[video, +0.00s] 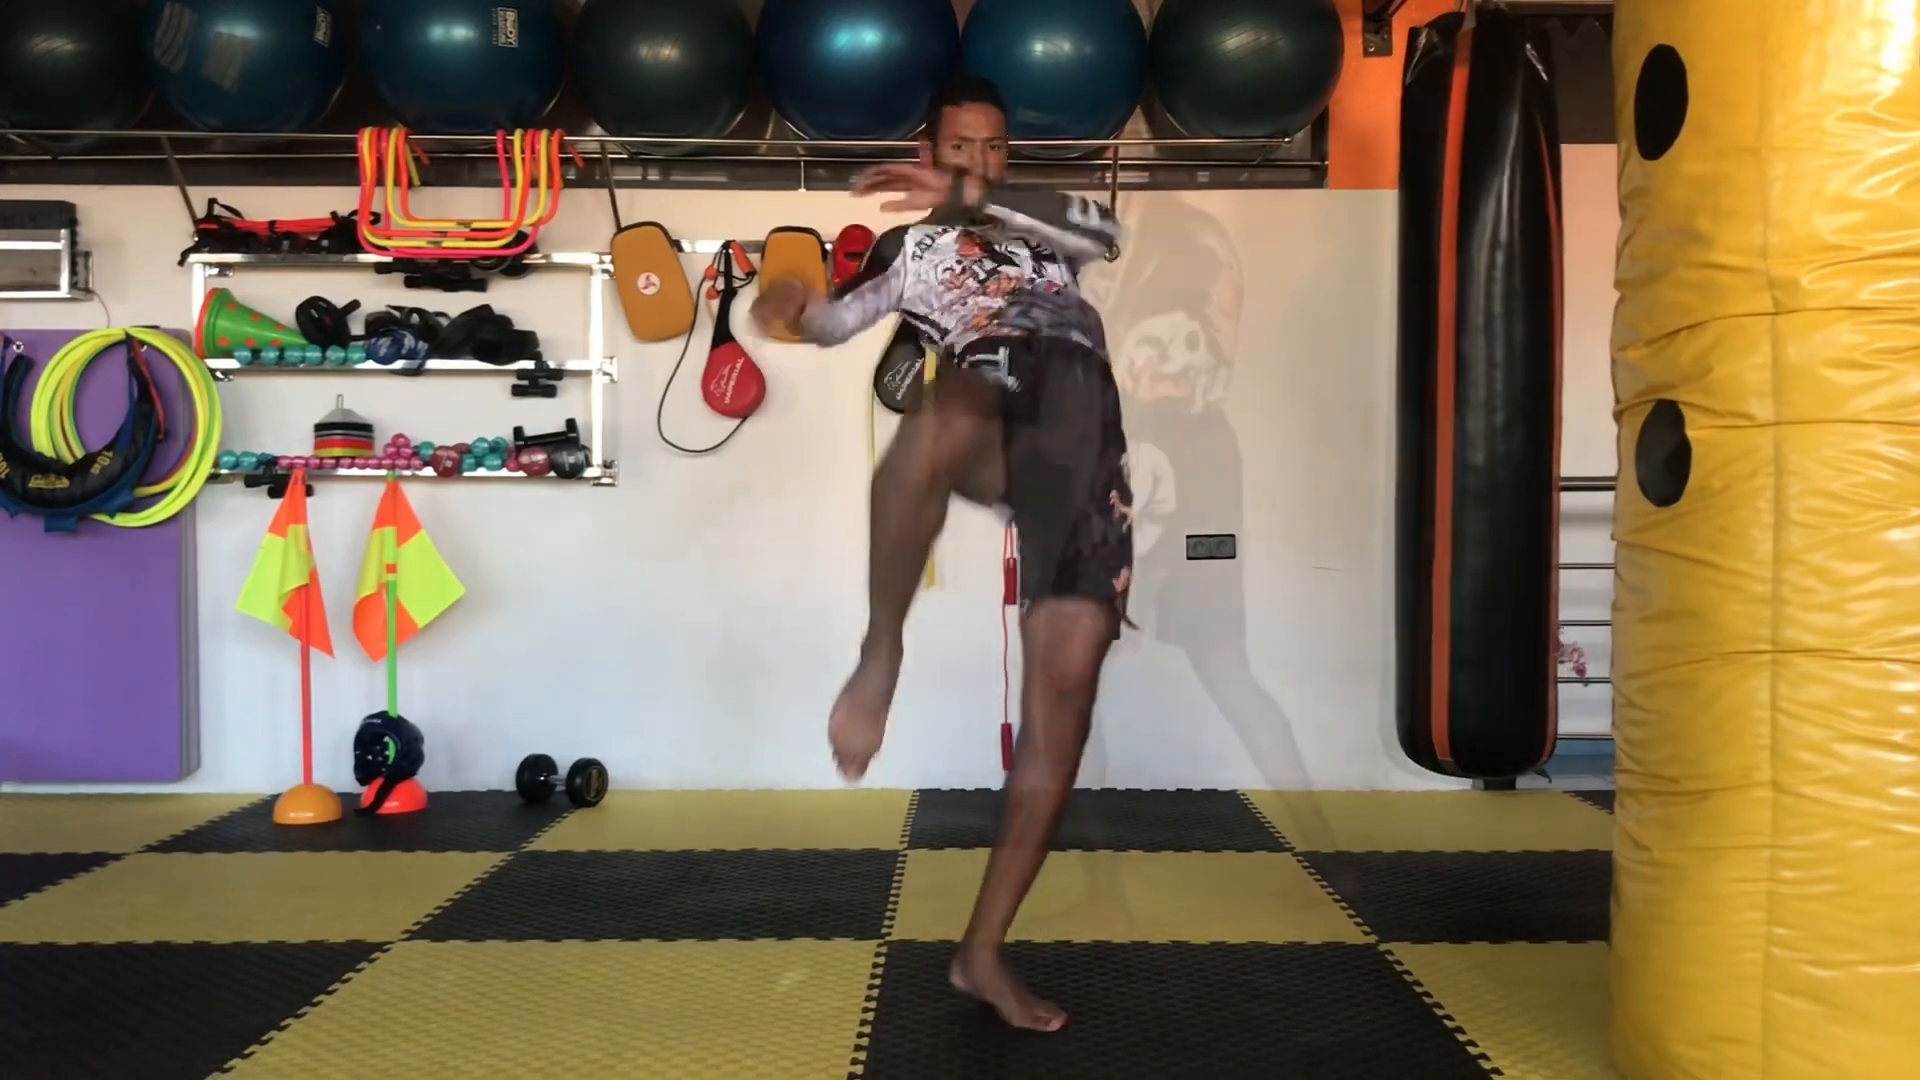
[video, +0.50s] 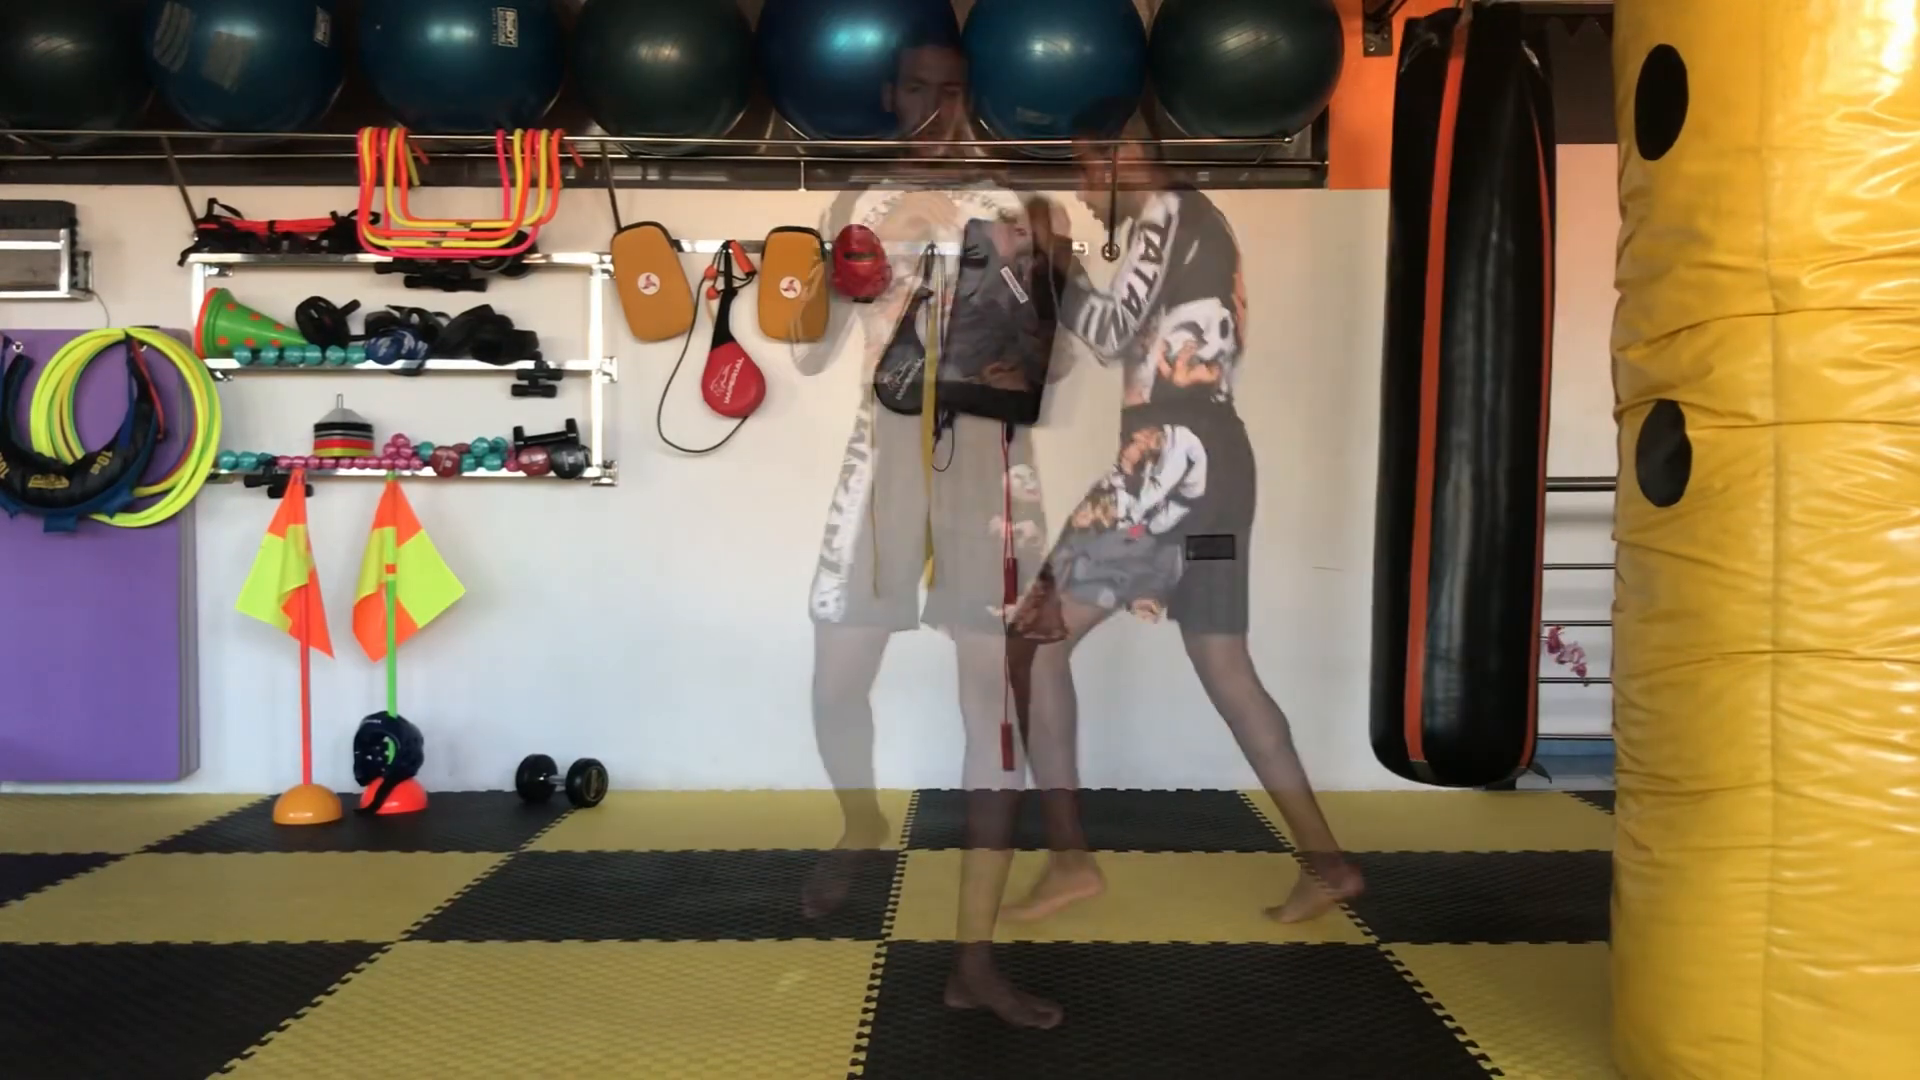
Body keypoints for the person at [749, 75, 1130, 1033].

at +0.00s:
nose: (976, 159)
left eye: (990, 143)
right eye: (959, 143)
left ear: (1010, 154)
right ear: (927, 154)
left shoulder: (1050, 228)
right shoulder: (910, 252)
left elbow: (1106, 232)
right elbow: (828, 322)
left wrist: (966, 197)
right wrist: (784, 303)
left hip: (1084, 446)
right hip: (992, 432)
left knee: (1061, 717)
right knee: (941, 411)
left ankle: (981, 948)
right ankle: (880, 653)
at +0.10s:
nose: (972, 138)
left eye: (988, 124)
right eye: (957, 122)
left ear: (1007, 132)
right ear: (927, 129)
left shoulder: (1051, 216)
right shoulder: (901, 218)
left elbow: (1131, 276)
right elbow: (838, 306)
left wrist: (1036, 216)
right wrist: (858, 223)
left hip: (1069, 439)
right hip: (964, 424)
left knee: (1041, 710)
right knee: (923, 540)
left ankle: (980, 954)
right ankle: (877, 740)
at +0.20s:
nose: (970, 120)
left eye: (985, 105)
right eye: (953, 104)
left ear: (1005, 114)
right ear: (923, 114)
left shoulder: (1047, 209)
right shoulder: (900, 210)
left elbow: (1131, 322)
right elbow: (836, 314)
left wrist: (1074, 252)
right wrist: (873, 230)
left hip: (1051, 454)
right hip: (945, 443)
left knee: (1022, 707)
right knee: (904, 651)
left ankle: (978, 958)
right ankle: (876, 814)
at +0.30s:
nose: (958, 112)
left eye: (975, 95)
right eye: (942, 94)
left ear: (997, 107)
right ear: (916, 106)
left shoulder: (1044, 212)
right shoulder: (887, 211)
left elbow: (1114, 354)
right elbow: (833, 334)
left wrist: (1089, 305)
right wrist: (848, 282)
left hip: (1031, 468)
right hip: (922, 463)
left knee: (1010, 714)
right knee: (878, 702)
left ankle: (975, 960)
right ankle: (875, 840)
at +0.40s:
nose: (951, 107)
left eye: (967, 89)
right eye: (934, 87)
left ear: (988, 100)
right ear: (905, 98)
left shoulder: (1033, 212)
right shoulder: (874, 205)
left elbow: (1090, 355)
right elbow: (824, 346)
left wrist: (1052, 317)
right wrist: (850, 285)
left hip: (1011, 474)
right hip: (904, 472)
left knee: (1002, 718)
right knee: (851, 708)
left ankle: (974, 959)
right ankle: (871, 837)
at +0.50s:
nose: (931, 108)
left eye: (947, 89)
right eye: (914, 89)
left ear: (974, 97)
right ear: (889, 97)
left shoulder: (1022, 209)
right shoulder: (865, 207)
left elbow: (1092, 330)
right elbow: (805, 350)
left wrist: (1046, 263)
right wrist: (827, 286)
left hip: (991, 469)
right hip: (883, 467)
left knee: (994, 708)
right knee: (836, 692)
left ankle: (976, 957)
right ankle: (864, 837)